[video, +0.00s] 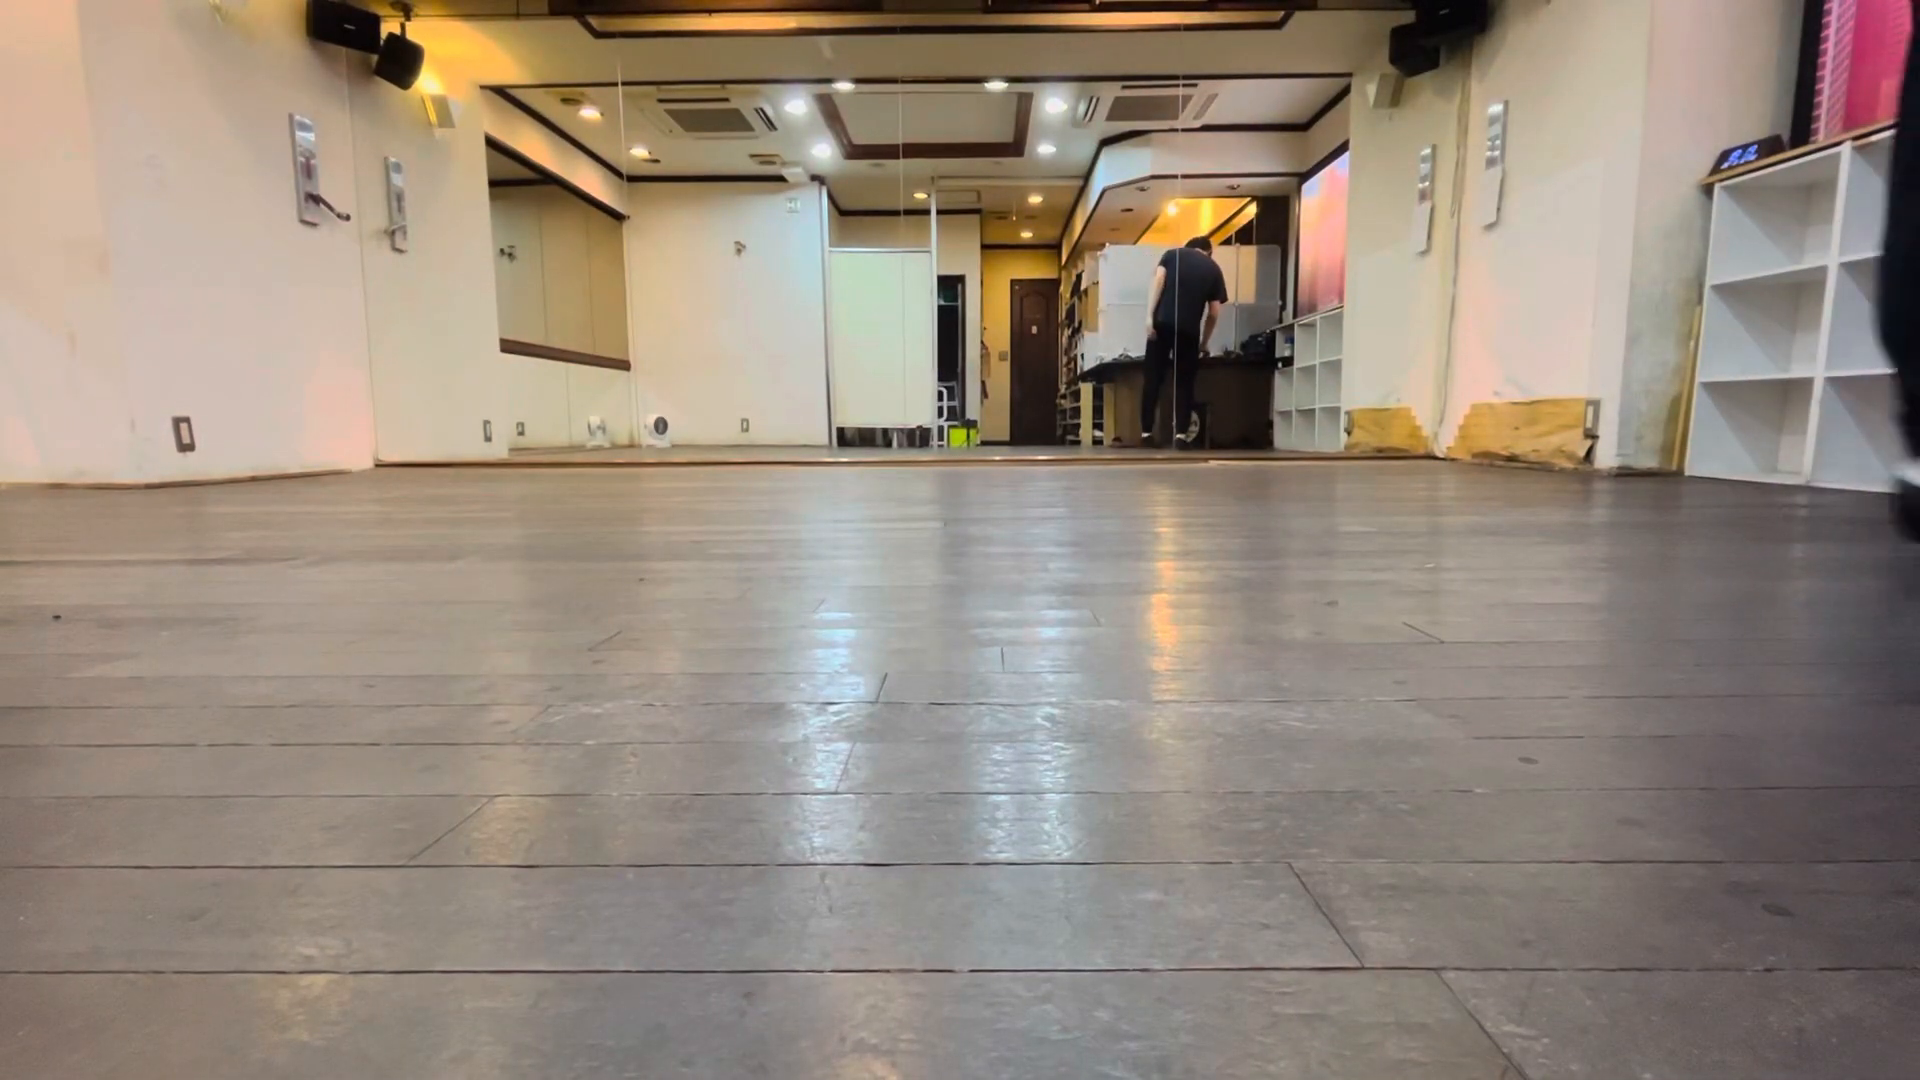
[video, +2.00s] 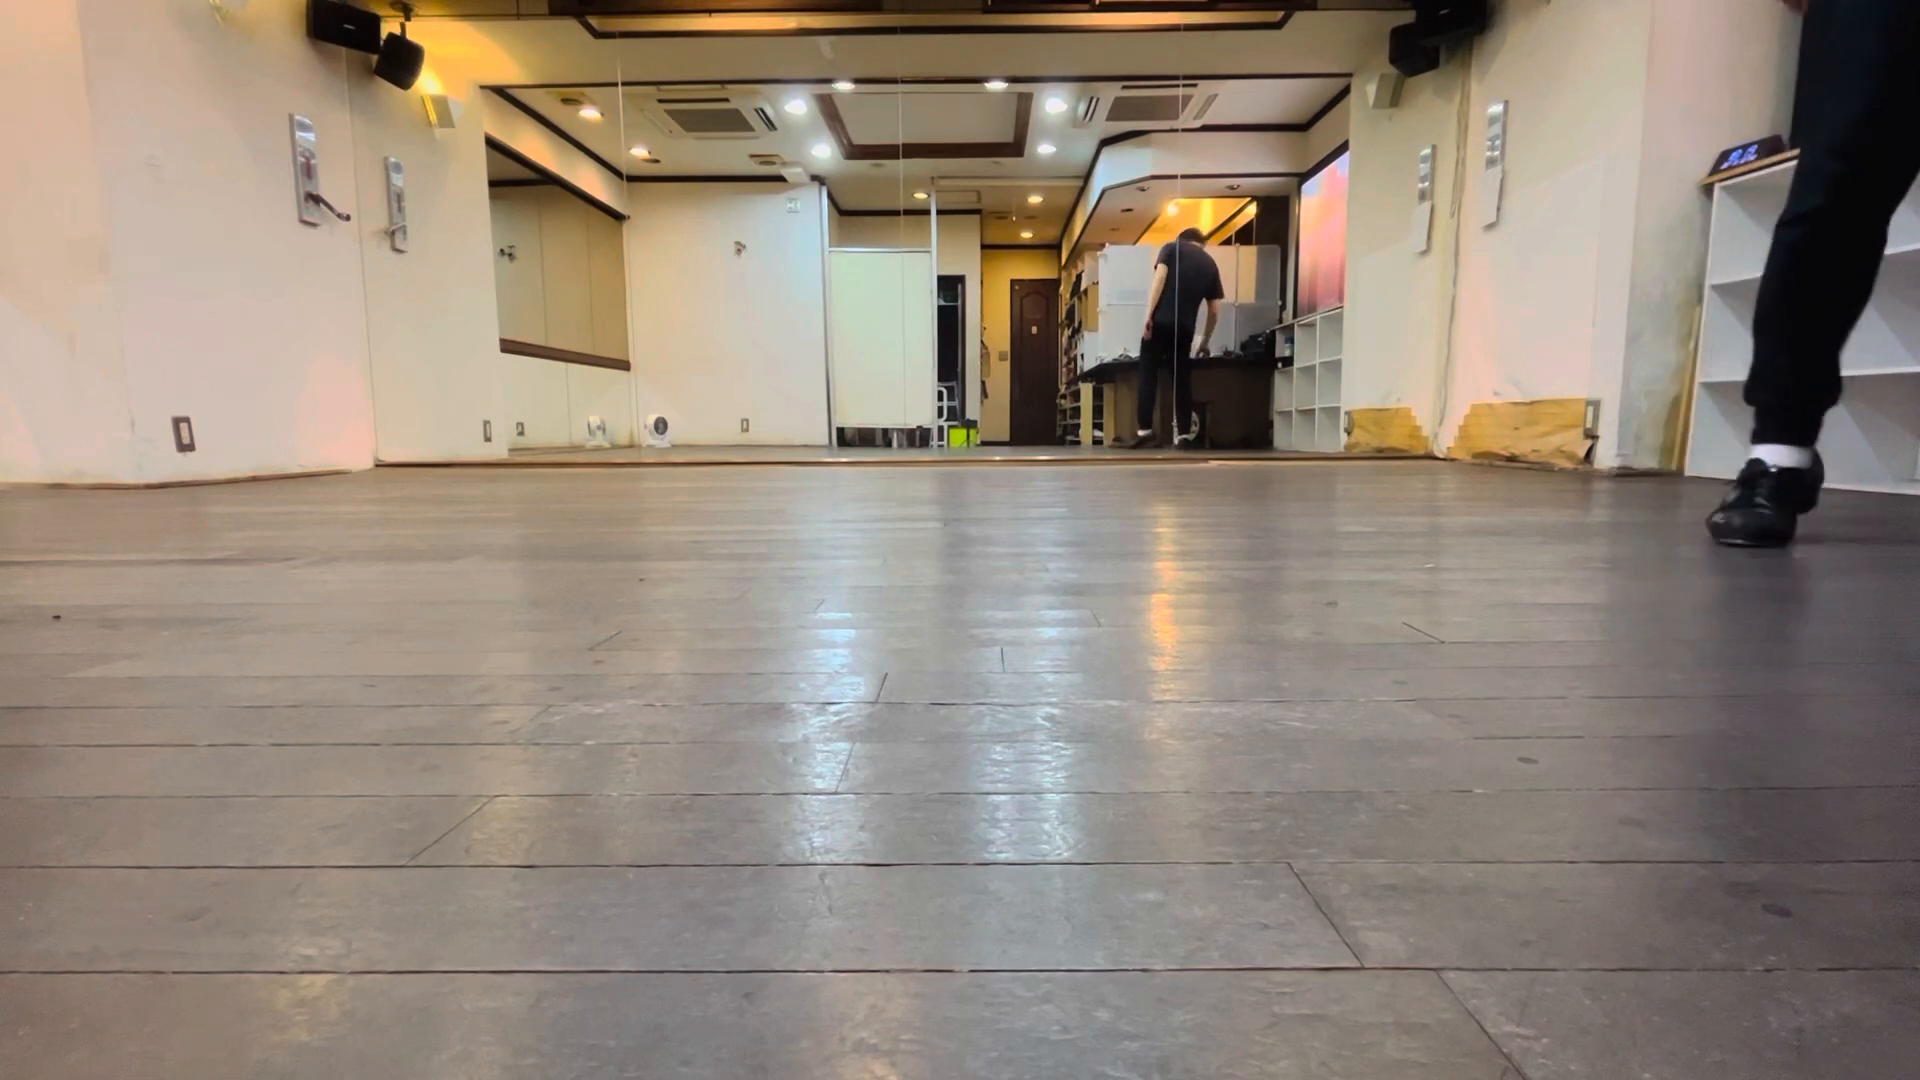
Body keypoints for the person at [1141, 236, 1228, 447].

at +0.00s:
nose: (1210, 257)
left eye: (1209, 255)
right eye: (1211, 255)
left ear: (1188, 246)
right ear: (1208, 252)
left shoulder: (1172, 254)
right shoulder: (1213, 269)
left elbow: (1159, 280)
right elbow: (1213, 313)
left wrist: (1150, 317)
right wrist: (1205, 343)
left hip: (1162, 325)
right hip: (1189, 331)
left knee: (1152, 377)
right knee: (1185, 381)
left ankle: (1146, 430)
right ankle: (1181, 433)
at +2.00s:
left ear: (1181, 239)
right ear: (1201, 244)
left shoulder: (1171, 247)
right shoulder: (1210, 263)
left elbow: (1160, 278)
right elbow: (1214, 311)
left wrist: (1149, 314)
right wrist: (1205, 342)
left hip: (1159, 324)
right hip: (1184, 328)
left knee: (1147, 373)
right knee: (1182, 377)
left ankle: (1145, 429)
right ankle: (1182, 433)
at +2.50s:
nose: (1166, 244)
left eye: (1167, 241)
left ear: (1169, 240)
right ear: (1189, 242)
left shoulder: (1163, 249)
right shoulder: (1200, 261)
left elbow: (1154, 280)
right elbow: (1207, 307)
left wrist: (1144, 318)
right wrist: (1203, 340)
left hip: (1155, 327)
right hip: (1180, 330)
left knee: (1142, 373)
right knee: (1179, 378)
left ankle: (1144, 428)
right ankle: (1182, 432)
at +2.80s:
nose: (1143, 249)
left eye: (1143, 246)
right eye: (1143, 246)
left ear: (1147, 242)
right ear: (1165, 241)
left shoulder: (1150, 251)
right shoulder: (1184, 259)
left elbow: (1154, 279)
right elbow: (1195, 299)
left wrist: (1161, 315)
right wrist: (1188, 326)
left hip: (1149, 326)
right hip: (1177, 328)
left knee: (1136, 377)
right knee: (1177, 379)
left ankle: (1123, 431)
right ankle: (1182, 433)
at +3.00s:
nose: (1119, 251)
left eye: (1119, 247)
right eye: (1119, 247)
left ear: (1123, 243)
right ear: (1141, 240)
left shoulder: (1129, 255)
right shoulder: (1160, 256)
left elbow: (1139, 280)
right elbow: (1173, 292)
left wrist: (1151, 313)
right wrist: (1169, 319)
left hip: (1136, 327)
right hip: (1161, 328)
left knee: (1123, 376)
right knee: (1167, 378)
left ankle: (1117, 433)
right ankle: (1182, 429)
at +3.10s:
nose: (1108, 249)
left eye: (1107, 245)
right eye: (1107, 246)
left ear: (1110, 243)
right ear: (1130, 239)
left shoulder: (1116, 255)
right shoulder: (1149, 256)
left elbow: (1125, 282)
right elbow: (1164, 293)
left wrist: (1135, 317)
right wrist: (1160, 322)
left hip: (1127, 325)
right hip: (1152, 325)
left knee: (1115, 374)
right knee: (1156, 374)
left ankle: (1117, 434)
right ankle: (1172, 429)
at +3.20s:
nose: (1099, 249)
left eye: (1098, 245)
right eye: (1098, 246)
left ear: (1102, 242)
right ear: (1121, 238)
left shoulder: (1107, 256)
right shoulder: (1140, 257)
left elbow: (1110, 287)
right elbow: (1155, 292)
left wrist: (1111, 324)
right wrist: (1152, 327)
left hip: (1119, 326)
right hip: (1142, 326)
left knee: (1110, 376)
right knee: (1139, 372)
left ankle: (1116, 434)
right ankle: (1165, 420)